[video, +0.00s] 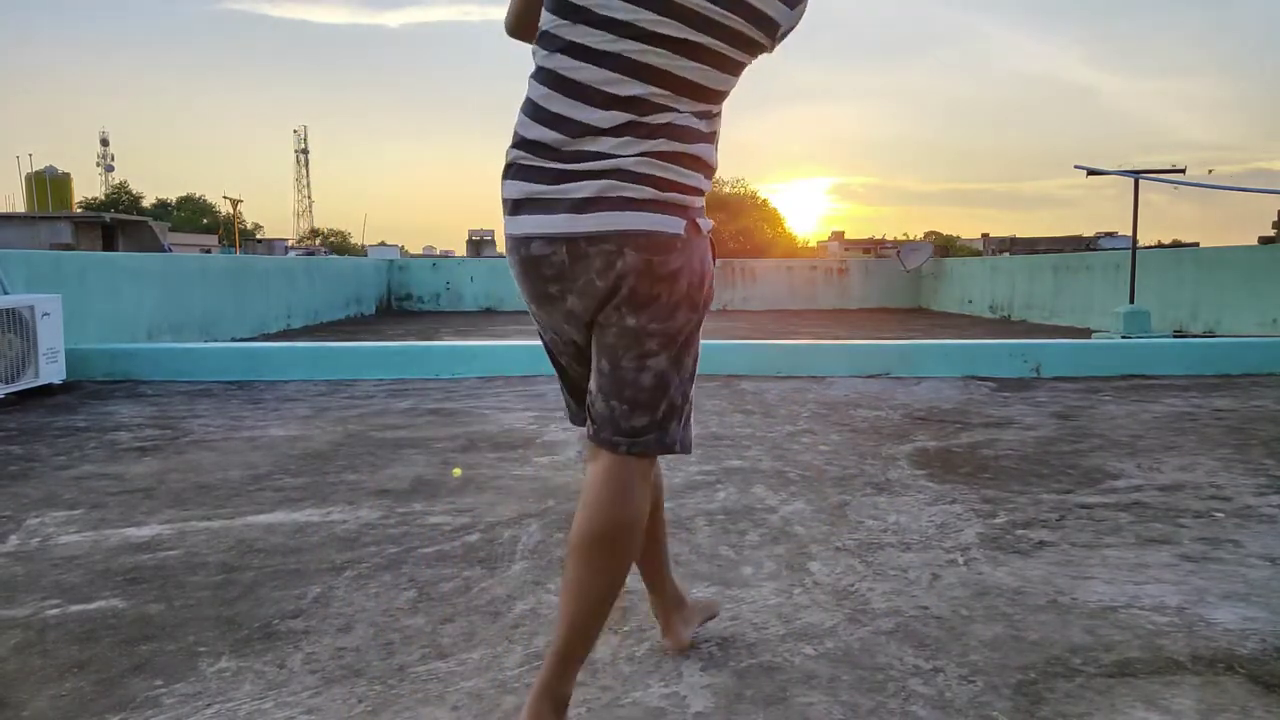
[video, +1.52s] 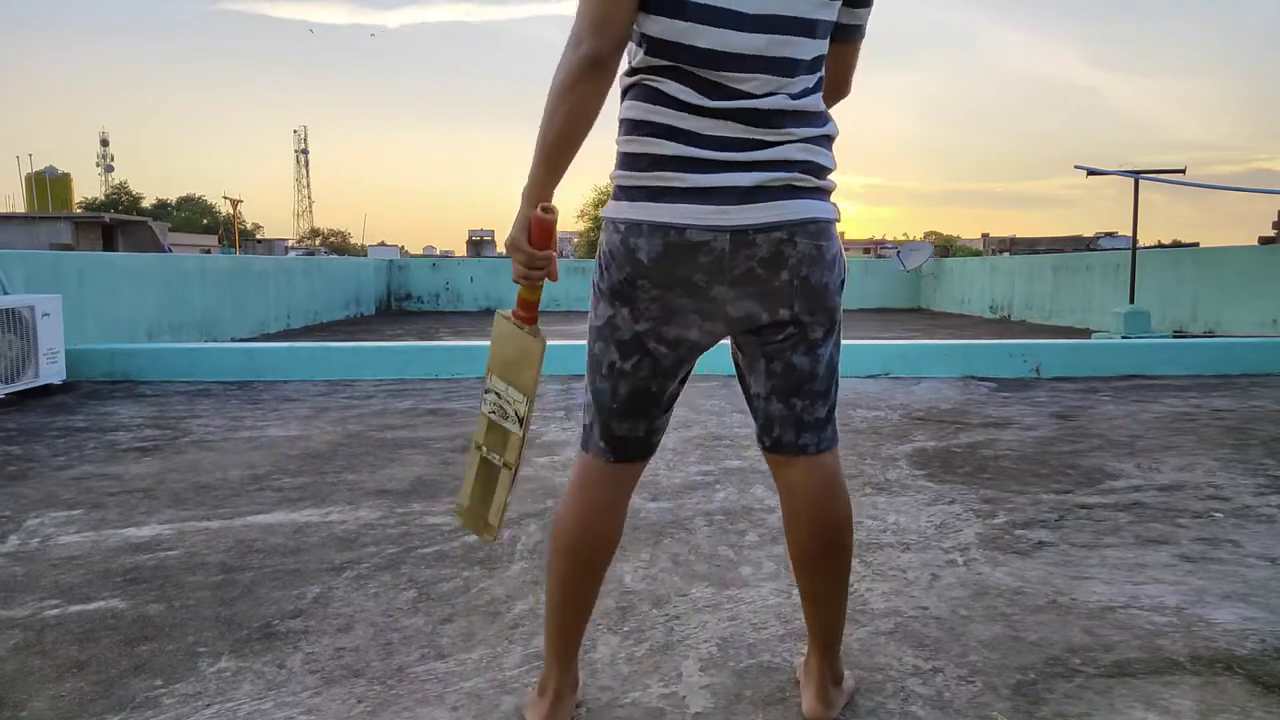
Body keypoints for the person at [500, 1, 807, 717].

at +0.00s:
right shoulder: (772, 4)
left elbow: (521, 19)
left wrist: (612, 26)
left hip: (536, 224)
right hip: (651, 227)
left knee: (620, 429)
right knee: (622, 452)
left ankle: (671, 608)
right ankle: (548, 700)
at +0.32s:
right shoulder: (825, 6)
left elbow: (583, 88)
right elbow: (788, 129)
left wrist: (641, 167)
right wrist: (734, 199)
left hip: (613, 231)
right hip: (725, 236)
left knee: (682, 427)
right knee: (752, 436)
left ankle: (719, 627)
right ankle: (656, 630)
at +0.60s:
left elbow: (616, 83)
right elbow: (899, 67)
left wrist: (586, 203)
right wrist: (1020, 175)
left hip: (662, 233)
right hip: (773, 237)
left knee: (700, 424)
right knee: (804, 430)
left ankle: (718, 629)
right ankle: (828, 642)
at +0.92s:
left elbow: (635, 19)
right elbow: (914, 32)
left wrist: (552, 96)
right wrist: (1007, 129)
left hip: (705, 218)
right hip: (824, 216)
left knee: (721, 421)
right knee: (821, 434)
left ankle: (721, 628)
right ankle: (819, 672)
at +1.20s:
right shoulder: (906, 0)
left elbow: (648, 10)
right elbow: (906, 116)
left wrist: (566, 123)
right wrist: (898, 214)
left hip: (702, 217)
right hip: (830, 223)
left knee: (702, 427)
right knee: (825, 442)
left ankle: (701, 633)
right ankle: (822, 676)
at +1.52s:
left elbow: (594, 53)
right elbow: (833, 83)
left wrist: (537, 200)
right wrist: (744, 132)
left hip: (659, 226)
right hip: (791, 227)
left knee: (609, 455)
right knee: (807, 450)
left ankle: (556, 683)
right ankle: (824, 676)